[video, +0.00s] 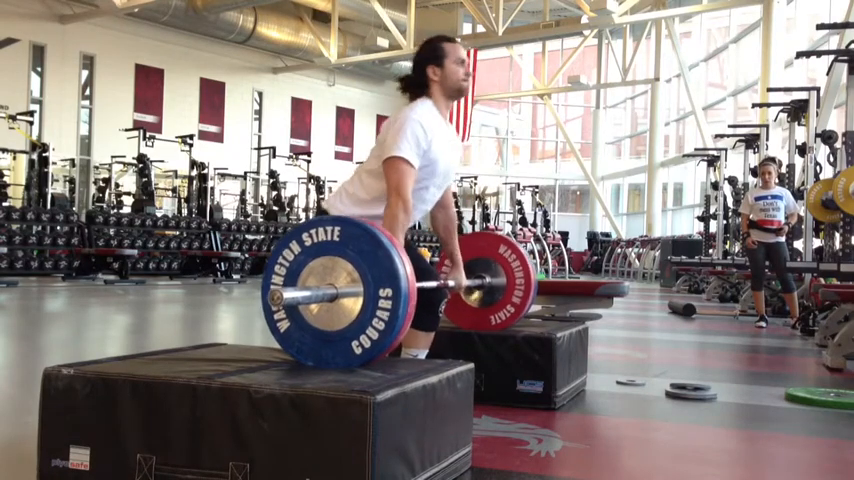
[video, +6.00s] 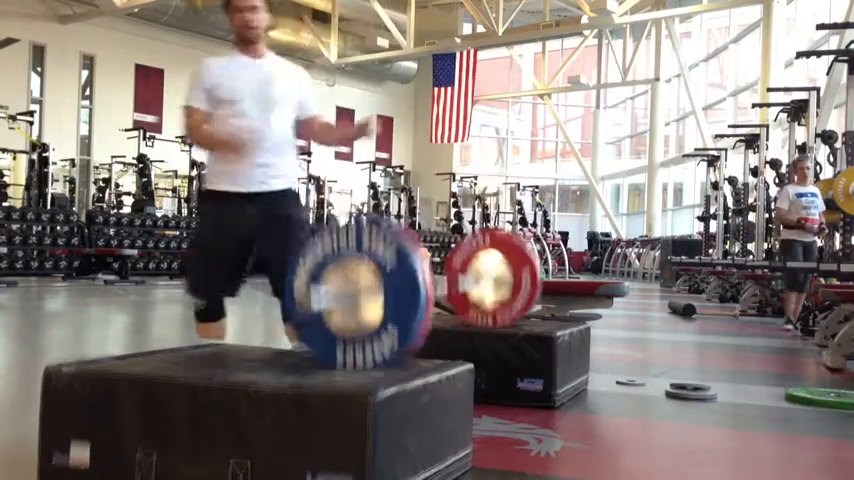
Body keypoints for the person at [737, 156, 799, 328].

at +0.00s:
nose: (766, 176)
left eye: (769, 173)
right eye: (763, 173)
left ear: (776, 174)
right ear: (759, 175)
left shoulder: (784, 193)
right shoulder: (751, 195)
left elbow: (794, 213)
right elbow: (744, 217)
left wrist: (788, 224)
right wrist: (746, 235)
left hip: (777, 240)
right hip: (756, 239)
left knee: (785, 276)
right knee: (757, 277)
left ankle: (795, 318)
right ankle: (761, 316)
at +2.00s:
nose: (766, 176)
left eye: (769, 173)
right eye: (763, 173)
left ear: (776, 174)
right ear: (759, 175)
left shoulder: (784, 193)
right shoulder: (751, 194)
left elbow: (792, 214)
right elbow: (744, 216)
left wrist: (787, 224)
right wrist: (746, 235)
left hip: (777, 240)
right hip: (757, 239)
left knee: (785, 276)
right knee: (757, 278)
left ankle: (795, 318)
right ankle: (761, 316)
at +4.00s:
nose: (767, 172)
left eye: (770, 169)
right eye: (764, 170)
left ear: (776, 172)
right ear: (760, 173)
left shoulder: (784, 192)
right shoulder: (752, 193)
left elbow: (792, 213)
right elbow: (744, 216)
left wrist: (788, 224)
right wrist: (746, 235)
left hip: (778, 239)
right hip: (757, 239)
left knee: (785, 275)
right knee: (757, 277)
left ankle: (795, 317)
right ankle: (761, 316)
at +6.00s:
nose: (805, 172)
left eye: (807, 168)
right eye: (801, 169)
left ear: (811, 170)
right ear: (795, 171)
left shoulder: (815, 190)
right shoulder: (787, 190)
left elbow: (820, 213)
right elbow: (779, 216)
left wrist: (822, 224)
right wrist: (800, 223)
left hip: (810, 239)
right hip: (792, 238)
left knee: (805, 278)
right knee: (794, 277)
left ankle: (796, 317)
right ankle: (789, 317)